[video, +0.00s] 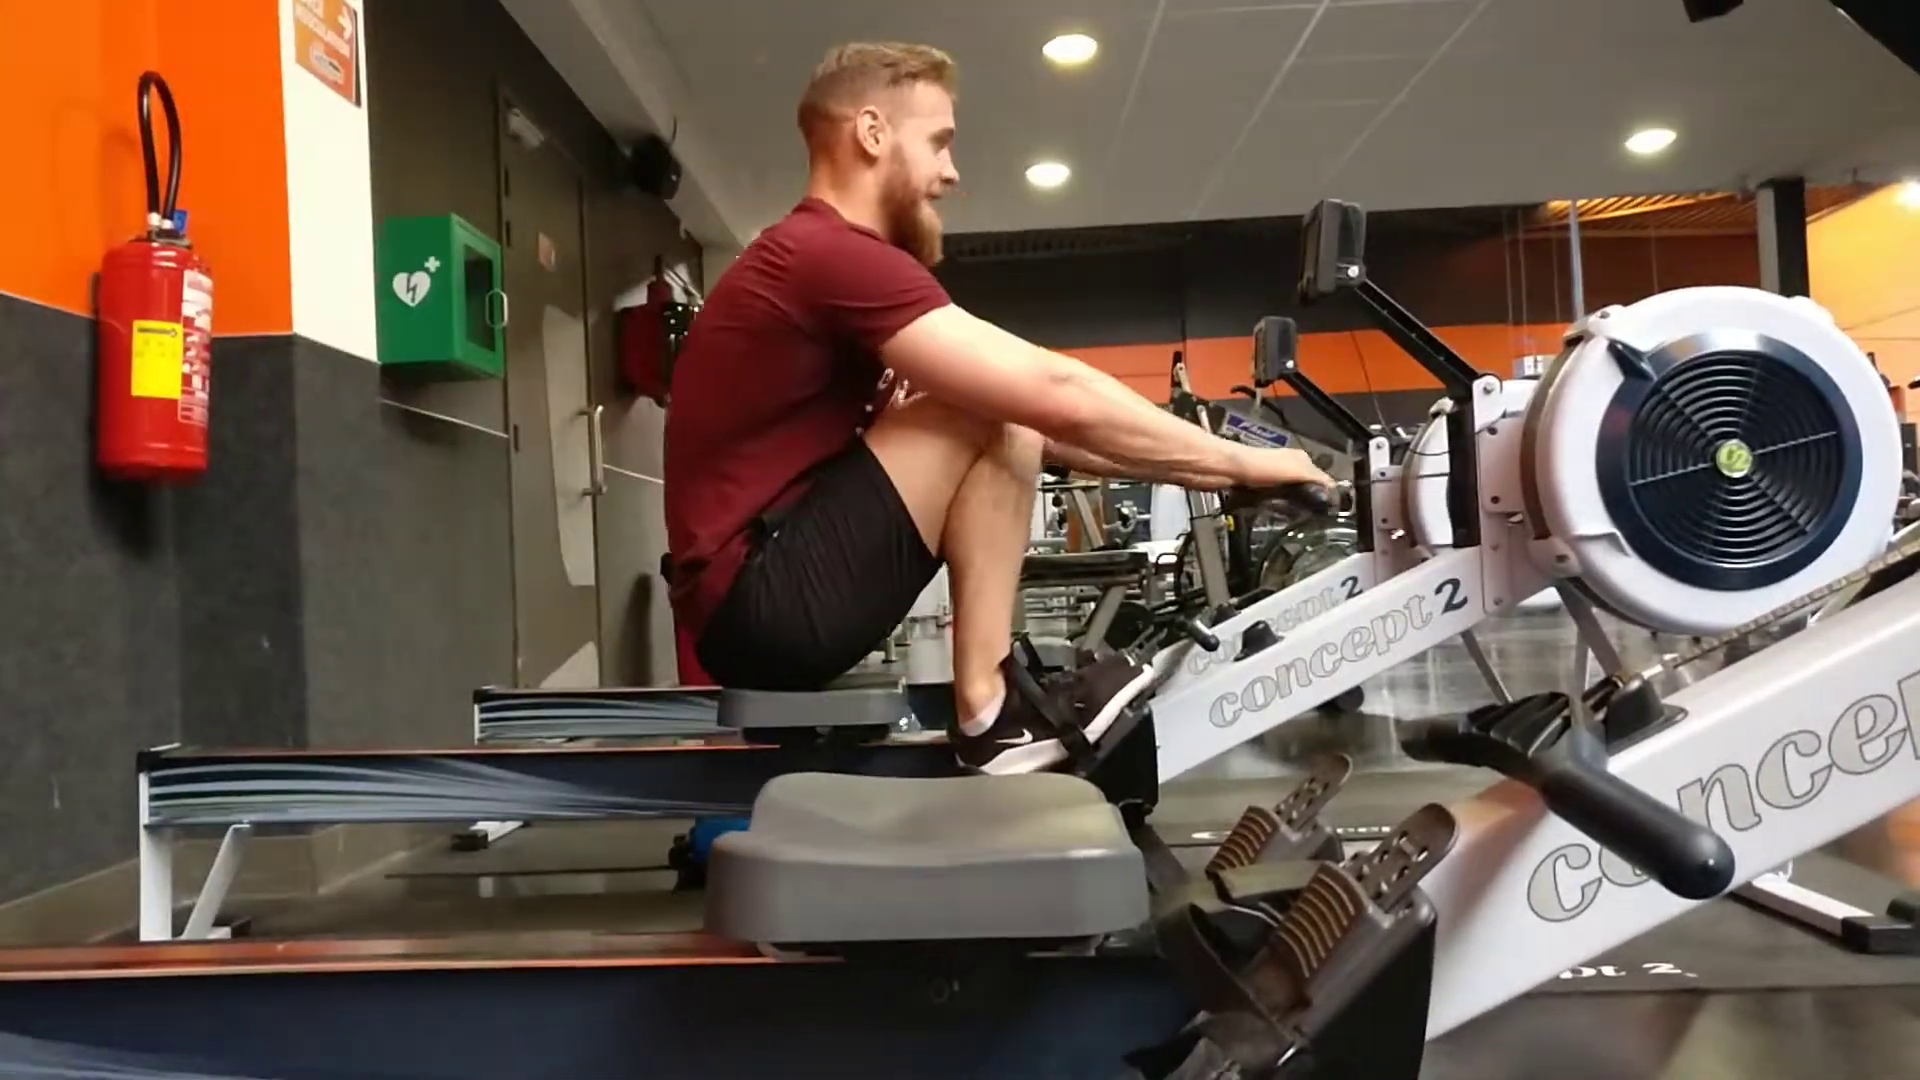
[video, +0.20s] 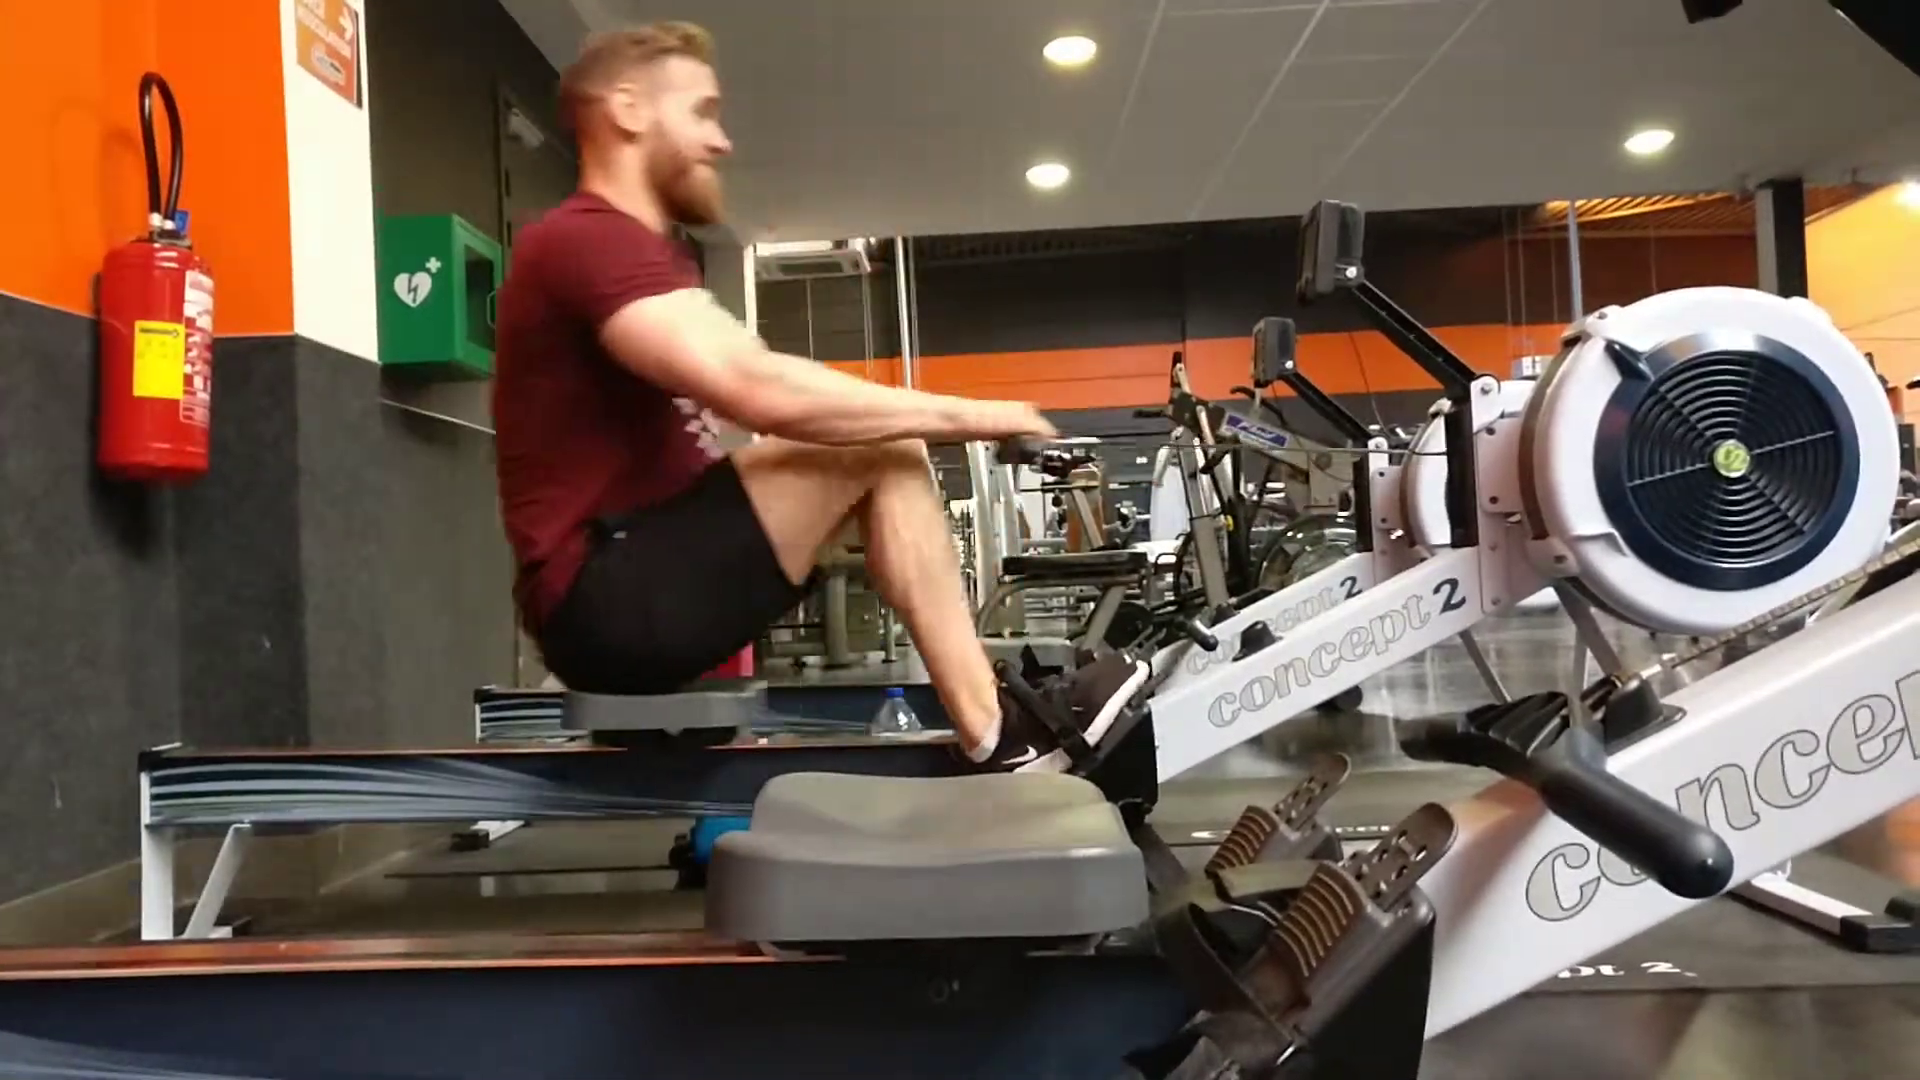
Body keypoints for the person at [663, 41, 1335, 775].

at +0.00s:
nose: (953, 172)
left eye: (951, 146)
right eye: (940, 141)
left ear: (871, 140)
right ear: (869, 134)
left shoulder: (833, 257)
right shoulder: (829, 255)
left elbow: (1038, 409)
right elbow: (1058, 395)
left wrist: (1199, 467)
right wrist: (1235, 460)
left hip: (766, 600)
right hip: (758, 608)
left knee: (1003, 419)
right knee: (991, 411)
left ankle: (992, 694)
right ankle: (982, 712)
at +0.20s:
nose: (723, 140)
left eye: (717, 115)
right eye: (702, 111)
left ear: (631, 118)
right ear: (624, 113)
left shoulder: (632, 249)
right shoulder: (588, 241)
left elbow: (763, 386)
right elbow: (761, 393)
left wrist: (952, 416)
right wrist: (958, 413)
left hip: (631, 590)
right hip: (604, 600)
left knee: (885, 443)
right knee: (885, 449)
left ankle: (988, 714)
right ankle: (990, 734)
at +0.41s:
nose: (452, 166)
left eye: (453, 145)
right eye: (433, 137)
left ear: (371, 140)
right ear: (346, 130)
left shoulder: (404, 283)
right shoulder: (301, 268)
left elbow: (519, 435)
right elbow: (424, 431)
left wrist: (652, 417)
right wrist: (639, 417)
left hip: (477, 583)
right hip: (425, 604)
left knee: (750, 525)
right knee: (746, 529)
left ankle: (982, 733)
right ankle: (984, 746)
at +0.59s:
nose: (452, 216)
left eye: (458, 192)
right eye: (438, 184)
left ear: (368, 165)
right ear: (353, 158)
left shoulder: (361, 302)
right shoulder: (243, 275)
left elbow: (340, 454)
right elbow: (115, 451)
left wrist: (431, 462)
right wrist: (339, 448)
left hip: (414, 584)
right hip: (356, 604)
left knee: (708, 572)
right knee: (704, 574)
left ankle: (953, 726)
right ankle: (961, 745)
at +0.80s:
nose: (589, 203)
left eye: (595, 179)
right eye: (577, 172)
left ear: (500, 159)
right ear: (493, 149)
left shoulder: (497, 308)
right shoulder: (392, 277)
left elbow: (547, 466)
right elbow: (465, 444)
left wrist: (668, 432)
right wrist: (678, 408)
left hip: (508, 596)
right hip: (445, 610)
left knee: (767, 506)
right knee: (764, 505)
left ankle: (969, 728)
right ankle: (966, 743)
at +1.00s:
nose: (791, 196)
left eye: (795, 172)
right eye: (781, 165)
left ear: (710, 152)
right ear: (706, 145)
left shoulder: (659, 280)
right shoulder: (625, 269)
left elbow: (830, 389)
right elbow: (834, 404)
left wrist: (1002, 425)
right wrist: (1006, 426)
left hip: (637, 608)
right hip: (611, 616)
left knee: (884, 447)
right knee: (884, 452)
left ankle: (969, 717)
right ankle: (974, 730)